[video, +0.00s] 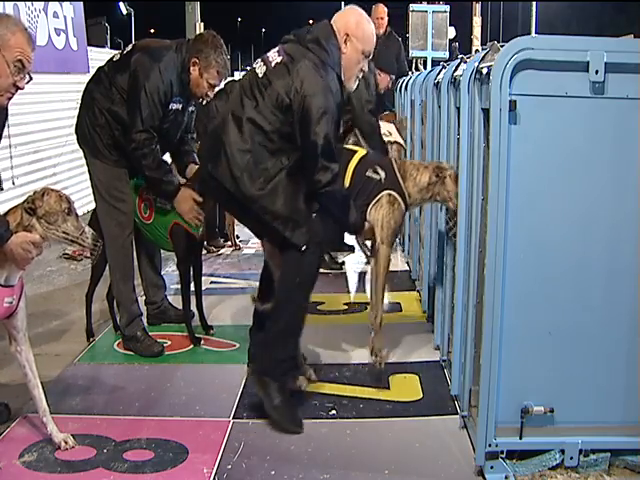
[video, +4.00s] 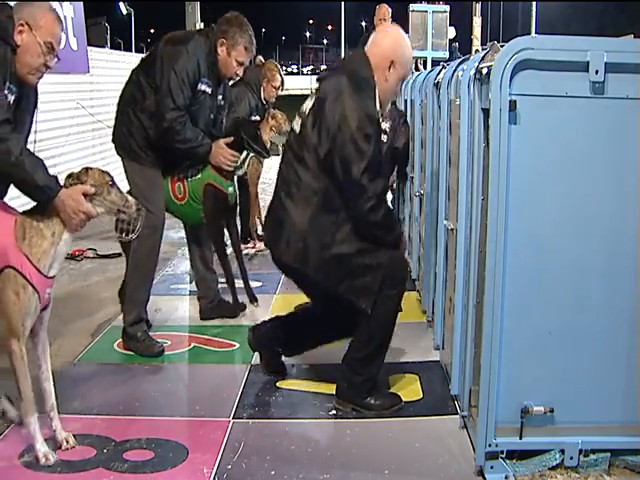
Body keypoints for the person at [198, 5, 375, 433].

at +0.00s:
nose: (363, 68)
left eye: (366, 59)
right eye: (363, 57)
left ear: (340, 37)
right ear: (344, 41)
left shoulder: (306, 52)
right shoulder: (319, 79)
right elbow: (324, 166)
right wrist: (348, 219)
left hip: (225, 150)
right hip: (237, 164)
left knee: (288, 244)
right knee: (306, 246)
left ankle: (271, 352)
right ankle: (272, 372)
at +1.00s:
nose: (435, 54)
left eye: (438, 45)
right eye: (435, 43)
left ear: (409, 26)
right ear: (413, 29)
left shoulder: (375, 51)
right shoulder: (384, 65)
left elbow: (401, 136)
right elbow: (364, 161)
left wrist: (435, 171)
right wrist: (388, 203)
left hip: (284, 160)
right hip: (304, 167)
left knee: (314, 256)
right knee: (362, 256)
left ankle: (264, 345)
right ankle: (356, 386)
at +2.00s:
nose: (435, 67)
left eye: (438, 58)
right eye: (434, 56)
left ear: (406, 40)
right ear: (414, 43)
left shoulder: (367, 68)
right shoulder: (396, 98)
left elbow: (415, 151)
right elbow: (409, 184)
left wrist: (461, 176)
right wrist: (456, 204)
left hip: (289, 193)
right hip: (319, 204)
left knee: (333, 269)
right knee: (388, 267)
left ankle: (267, 341)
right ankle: (358, 387)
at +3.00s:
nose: (407, 119)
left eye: (407, 111)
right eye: (403, 112)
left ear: (374, 105)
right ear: (382, 110)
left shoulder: (349, 124)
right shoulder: (378, 164)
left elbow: (391, 154)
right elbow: (438, 221)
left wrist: (429, 166)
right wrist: (489, 225)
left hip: (302, 267)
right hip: (324, 278)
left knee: (349, 351)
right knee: (404, 279)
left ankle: (276, 330)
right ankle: (358, 387)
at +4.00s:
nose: (402, 84)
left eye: (404, 75)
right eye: (403, 74)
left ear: (376, 59)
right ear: (390, 66)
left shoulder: (344, 86)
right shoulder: (353, 98)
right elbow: (361, 193)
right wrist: (393, 236)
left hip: (297, 230)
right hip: (305, 234)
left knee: (349, 314)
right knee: (391, 271)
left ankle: (271, 336)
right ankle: (357, 387)